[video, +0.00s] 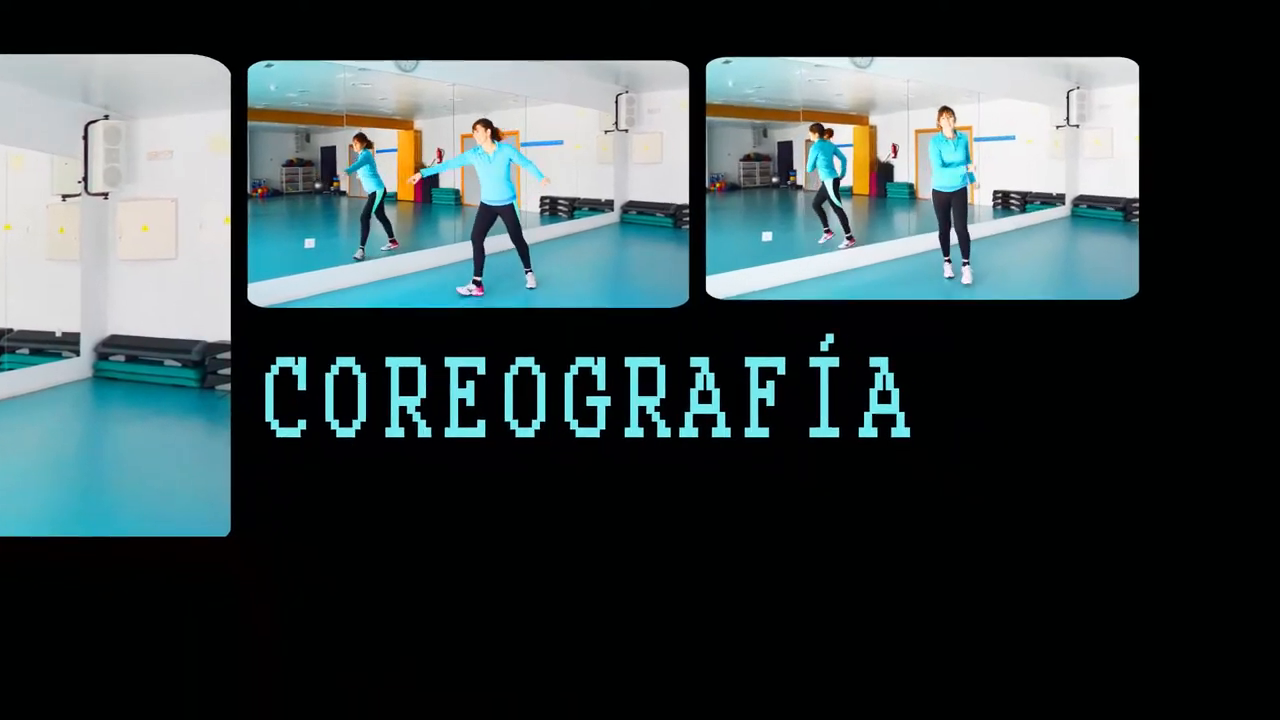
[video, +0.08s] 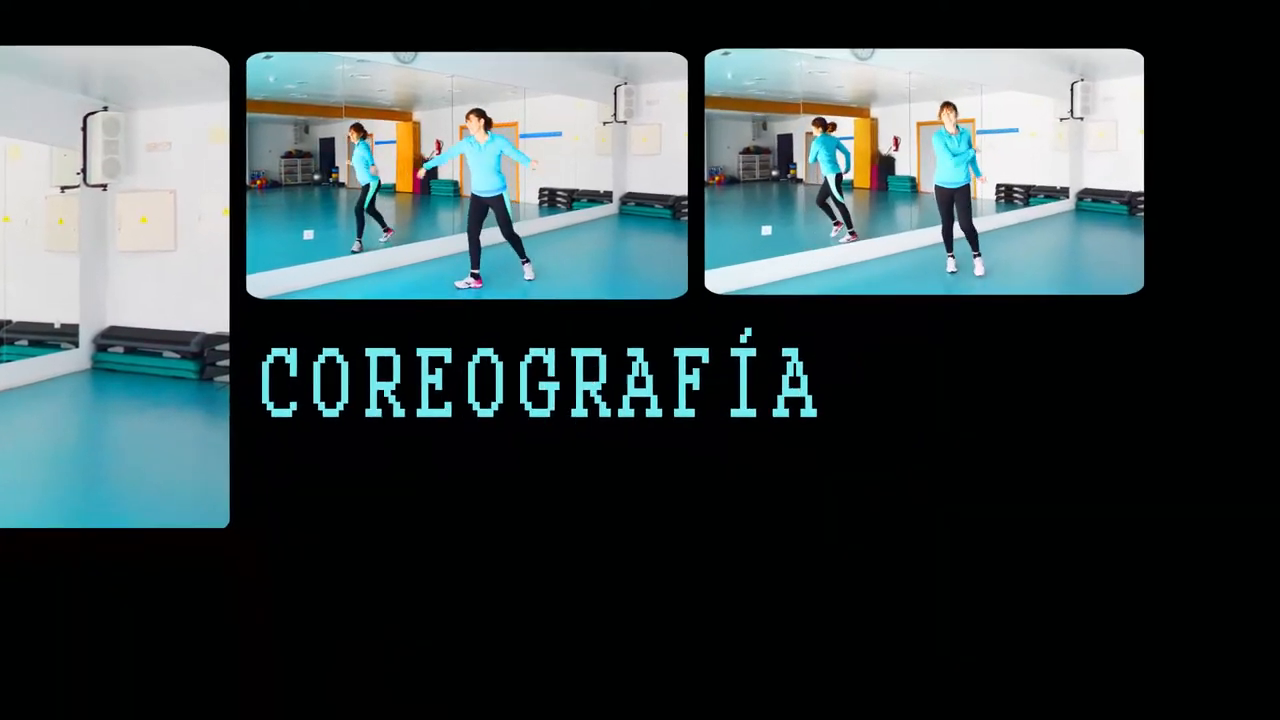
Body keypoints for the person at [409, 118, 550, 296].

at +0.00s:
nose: (474, 135)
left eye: (477, 131)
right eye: (473, 132)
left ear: (488, 132)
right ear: (478, 134)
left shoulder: (506, 150)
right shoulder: (473, 154)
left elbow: (525, 163)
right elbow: (448, 164)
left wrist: (540, 177)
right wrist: (422, 173)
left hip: (506, 204)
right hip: (487, 205)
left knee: (517, 238)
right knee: (476, 238)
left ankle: (529, 272)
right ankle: (476, 283)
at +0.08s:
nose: (468, 125)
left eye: (470, 121)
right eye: (467, 121)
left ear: (481, 121)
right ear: (472, 123)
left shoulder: (498, 141)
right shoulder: (466, 144)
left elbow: (514, 153)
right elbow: (446, 156)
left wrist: (528, 161)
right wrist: (425, 167)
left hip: (497, 195)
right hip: (477, 196)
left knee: (507, 232)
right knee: (472, 233)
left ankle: (525, 262)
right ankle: (474, 276)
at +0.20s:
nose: (458, 108)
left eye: (461, 105)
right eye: (458, 105)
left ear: (472, 107)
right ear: (466, 108)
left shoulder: (485, 128)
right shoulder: (461, 127)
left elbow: (507, 146)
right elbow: (465, 148)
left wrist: (491, 146)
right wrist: (485, 147)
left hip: (484, 180)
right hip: (467, 180)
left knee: (479, 222)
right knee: (468, 222)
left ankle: (507, 246)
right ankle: (476, 263)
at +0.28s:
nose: (454, 99)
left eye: (456, 96)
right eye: (454, 96)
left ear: (466, 98)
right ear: (463, 99)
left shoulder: (476, 119)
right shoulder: (461, 119)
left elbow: (491, 142)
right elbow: (467, 141)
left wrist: (470, 142)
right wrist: (485, 149)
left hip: (480, 170)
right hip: (469, 170)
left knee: (458, 210)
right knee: (469, 211)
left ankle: (482, 247)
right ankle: (479, 251)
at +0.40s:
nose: (452, 87)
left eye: (453, 84)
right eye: (452, 84)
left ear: (459, 85)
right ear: (467, 86)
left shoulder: (457, 104)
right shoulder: (478, 104)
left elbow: (451, 132)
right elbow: (495, 121)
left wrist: (432, 132)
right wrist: (510, 139)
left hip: (464, 158)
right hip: (483, 158)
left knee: (449, 199)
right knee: (473, 199)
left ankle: (442, 243)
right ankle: (484, 243)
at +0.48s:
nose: (464, 79)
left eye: (461, 76)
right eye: (468, 76)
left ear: (457, 77)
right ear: (473, 78)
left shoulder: (448, 96)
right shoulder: (480, 97)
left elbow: (435, 121)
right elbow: (498, 117)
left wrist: (432, 121)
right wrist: (514, 137)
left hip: (455, 151)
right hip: (477, 151)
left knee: (446, 192)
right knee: (475, 193)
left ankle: (435, 235)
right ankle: (487, 236)